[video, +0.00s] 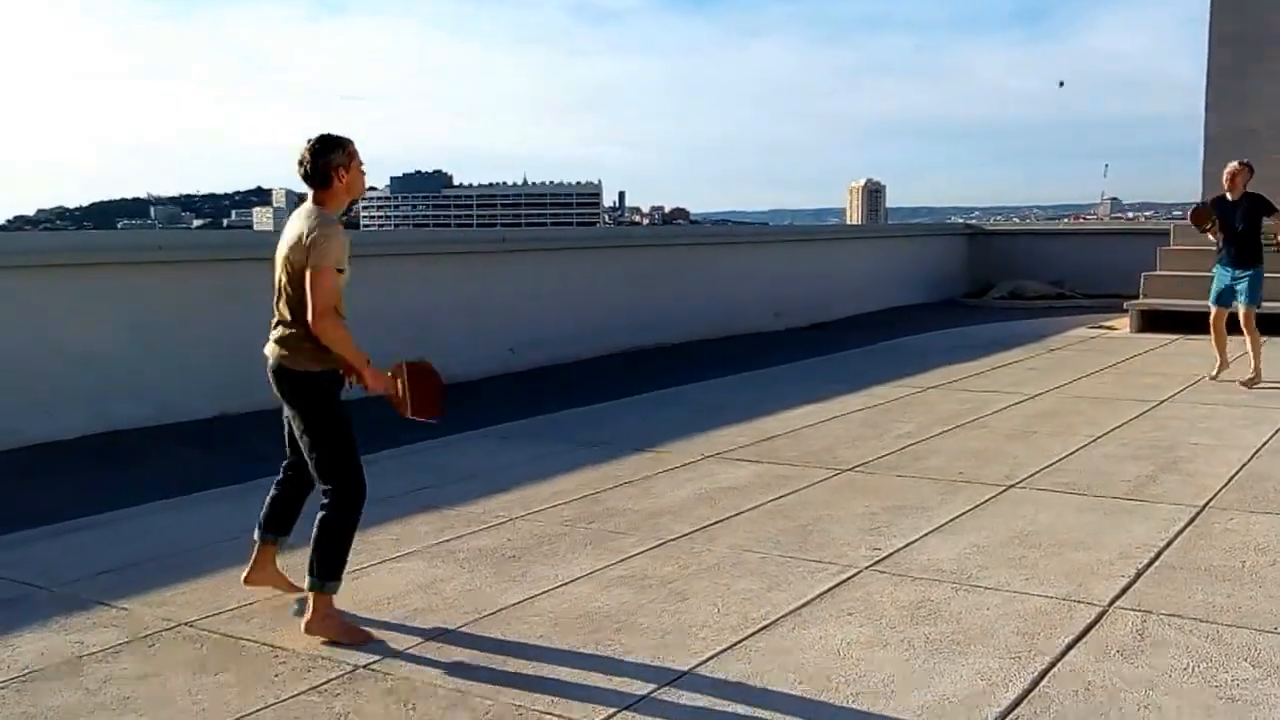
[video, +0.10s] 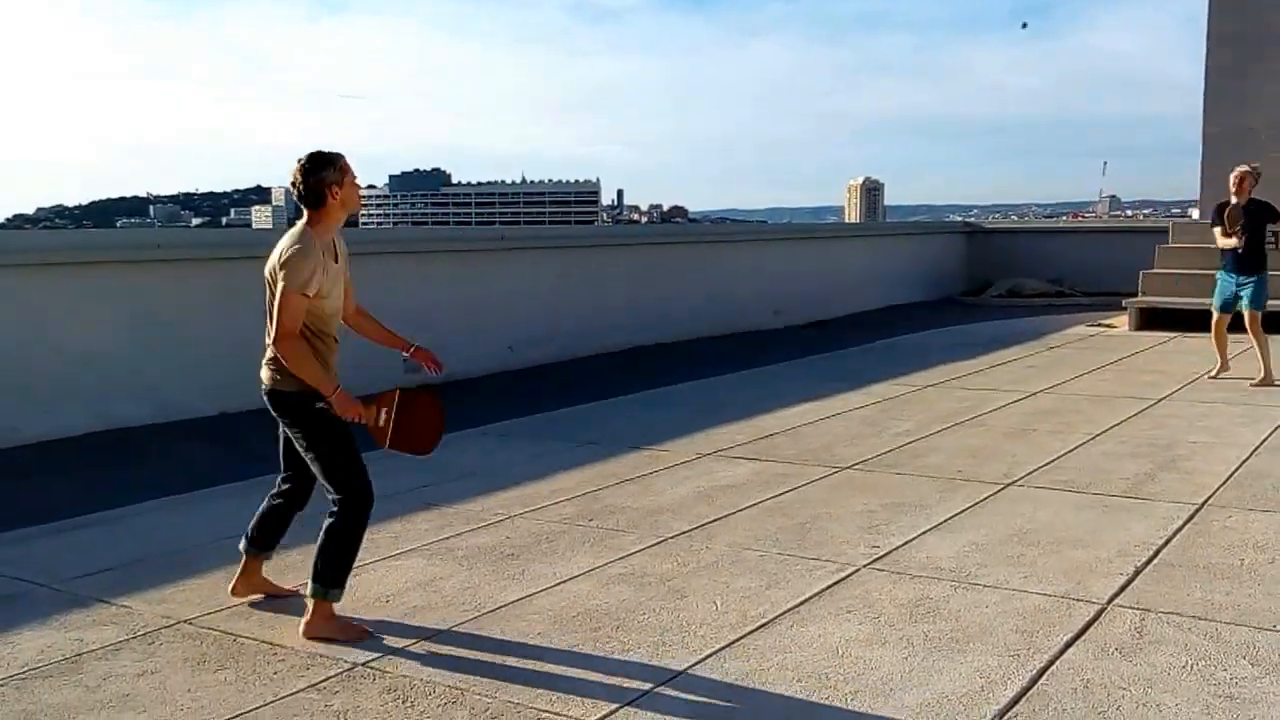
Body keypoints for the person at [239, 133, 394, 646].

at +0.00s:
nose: (364, 175)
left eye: (361, 166)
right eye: (360, 167)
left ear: (323, 176)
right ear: (341, 176)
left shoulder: (303, 221)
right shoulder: (324, 231)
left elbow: (307, 314)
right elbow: (321, 320)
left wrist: (350, 363)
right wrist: (366, 368)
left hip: (289, 366)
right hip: (308, 372)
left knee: (300, 470)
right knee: (346, 487)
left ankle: (262, 563)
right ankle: (320, 610)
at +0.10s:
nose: (359, 186)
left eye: (355, 179)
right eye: (352, 180)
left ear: (327, 192)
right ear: (334, 192)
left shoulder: (332, 241)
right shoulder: (301, 251)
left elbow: (350, 312)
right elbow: (283, 340)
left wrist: (406, 347)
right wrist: (334, 390)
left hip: (308, 386)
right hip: (294, 391)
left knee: (295, 483)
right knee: (354, 494)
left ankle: (248, 574)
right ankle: (321, 615)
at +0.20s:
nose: (349, 187)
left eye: (345, 180)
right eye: (342, 182)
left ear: (319, 196)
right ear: (324, 195)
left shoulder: (342, 247)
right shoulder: (285, 255)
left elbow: (394, 293)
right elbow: (252, 340)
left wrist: (455, 319)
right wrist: (299, 395)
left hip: (311, 386)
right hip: (284, 390)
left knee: (294, 483)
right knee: (356, 482)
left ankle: (245, 577)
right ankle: (322, 603)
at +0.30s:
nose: (335, 183)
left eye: (330, 176)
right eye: (328, 178)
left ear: (310, 196)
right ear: (309, 195)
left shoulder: (338, 235)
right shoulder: (267, 259)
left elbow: (406, 260)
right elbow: (226, 336)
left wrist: (475, 272)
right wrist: (275, 379)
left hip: (317, 382)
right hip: (287, 389)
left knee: (295, 481)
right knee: (356, 482)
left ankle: (245, 575)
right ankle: (316, 608)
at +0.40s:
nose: (325, 181)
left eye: (318, 175)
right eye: (317, 177)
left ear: (300, 197)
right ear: (297, 196)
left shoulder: (339, 232)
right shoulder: (256, 263)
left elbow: (417, 232)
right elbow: (218, 339)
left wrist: (482, 219)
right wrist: (248, 351)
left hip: (326, 390)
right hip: (297, 396)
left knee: (293, 487)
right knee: (349, 504)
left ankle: (244, 573)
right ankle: (296, 628)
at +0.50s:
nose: (325, 182)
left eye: (318, 175)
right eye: (316, 178)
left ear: (296, 197)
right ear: (297, 195)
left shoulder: (343, 229)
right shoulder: (257, 265)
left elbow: (418, 212)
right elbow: (232, 347)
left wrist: (482, 185)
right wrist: (240, 332)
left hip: (337, 391)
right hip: (298, 399)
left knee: (318, 493)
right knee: (351, 507)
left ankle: (251, 563)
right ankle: (294, 624)